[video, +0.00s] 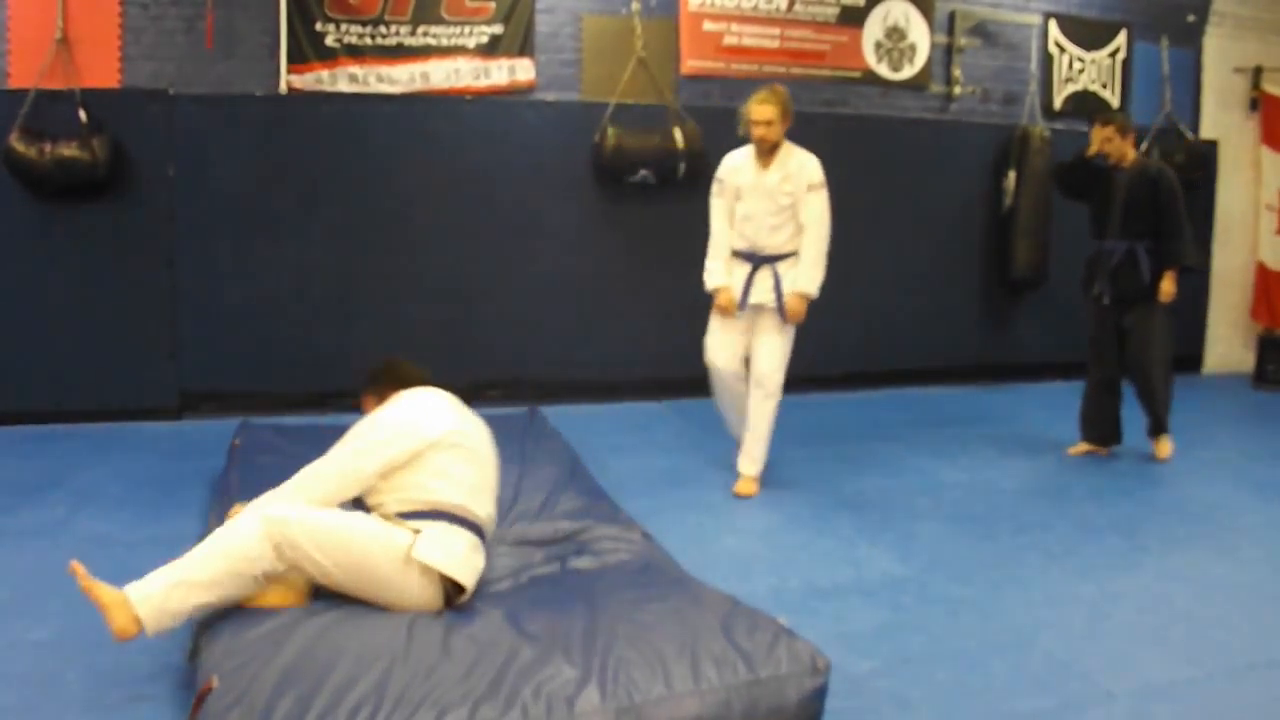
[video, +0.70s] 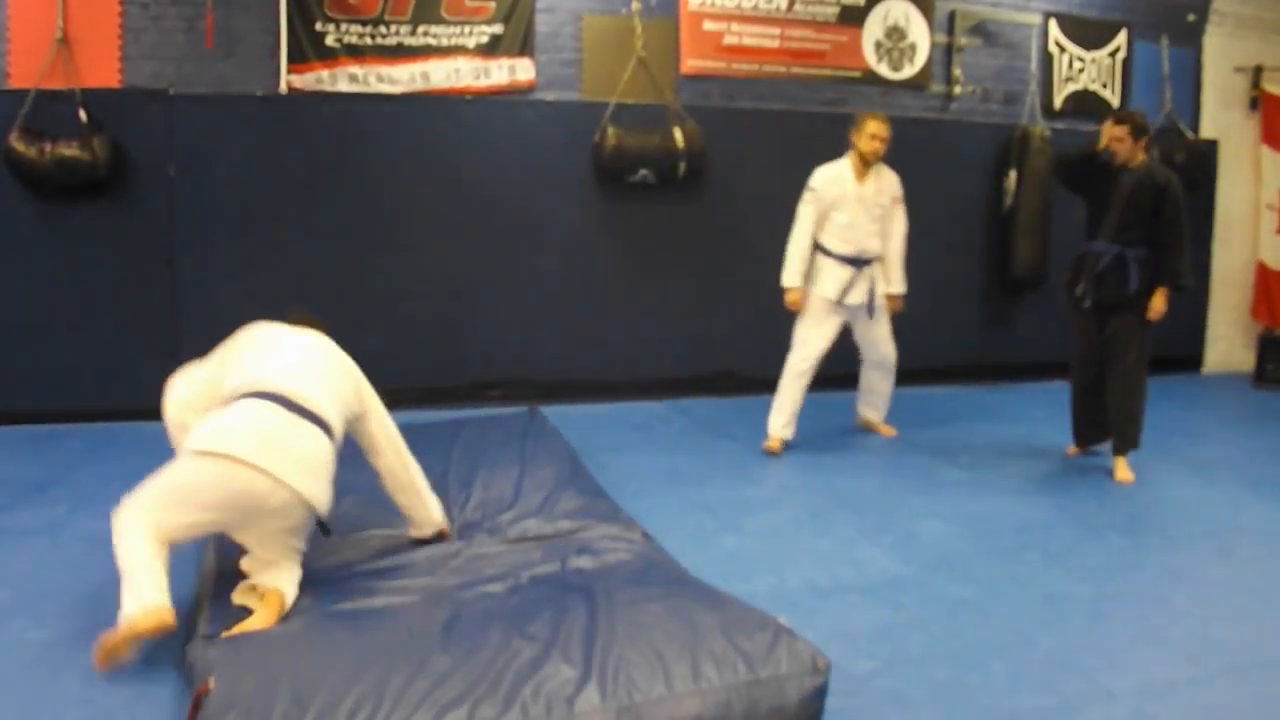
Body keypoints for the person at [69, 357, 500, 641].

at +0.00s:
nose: (364, 419)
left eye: (365, 410)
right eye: (364, 412)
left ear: (382, 397)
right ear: (402, 393)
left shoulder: (423, 405)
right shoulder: (430, 423)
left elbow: (333, 475)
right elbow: (342, 483)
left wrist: (257, 514)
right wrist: (265, 507)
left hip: (426, 566)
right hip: (419, 565)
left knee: (271, 525)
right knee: (280, 516)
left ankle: (137, 607)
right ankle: (290, 584)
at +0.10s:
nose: (332, 426)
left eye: (333, 416)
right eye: (330, 419)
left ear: (345, 401)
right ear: (382, 385)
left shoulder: (379, 404)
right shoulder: (436, 417)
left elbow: (302, 484)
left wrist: (238, 532)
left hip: (414, 555)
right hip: (433, 573)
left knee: (263, 530)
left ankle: (149, 629)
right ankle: (298, 591)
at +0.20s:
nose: (304, 429)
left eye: (304, 419)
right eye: (305, 421)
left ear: (315, 404)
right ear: (351, 388)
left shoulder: (336, 410)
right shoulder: (416, 418)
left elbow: (272, 492)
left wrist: (219, 543)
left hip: (395, 555)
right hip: (432, 576)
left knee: (254, 547)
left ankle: (168, 667)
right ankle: (295, 595)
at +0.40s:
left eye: (258, 416)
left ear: (271, 403)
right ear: (318, 389)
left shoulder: (267, 420)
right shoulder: (372, 411)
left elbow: (222, 497)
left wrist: (220, 554)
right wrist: (450, 536)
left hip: (341, 530)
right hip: (399, 556)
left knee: (209, 569)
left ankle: (171, 682)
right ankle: (289, 600)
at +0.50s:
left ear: (283, 381)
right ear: (343, 385)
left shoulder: (264, 396)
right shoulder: (369, 407)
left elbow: (223, 478)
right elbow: (414, 480)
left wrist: (234, 545)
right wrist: (451, 539)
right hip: (363, 525)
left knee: (187, 580)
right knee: (275, 544)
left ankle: (172, 679)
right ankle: (286, 595)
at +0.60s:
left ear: (279, 357)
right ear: (335, 363)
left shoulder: (259, 371)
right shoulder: (357, 388)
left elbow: (210, 427)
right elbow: (403, 469)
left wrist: (215, 479)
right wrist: (443, 529)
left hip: (248, 474)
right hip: (318, 494)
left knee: (163, 562)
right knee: (282, 563)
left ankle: (163, 655)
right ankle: (279, 596)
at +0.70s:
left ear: (285, 324)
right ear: (325, 336)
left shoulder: (254, 336)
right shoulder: (347, 371)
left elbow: (182, 389)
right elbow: (390, 453)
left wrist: (196, 455)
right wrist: (429, 520)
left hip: (226, 456)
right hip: (297, 485)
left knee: (138, 516)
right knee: (276, 559)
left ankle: (146, 606)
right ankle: (273, 596)